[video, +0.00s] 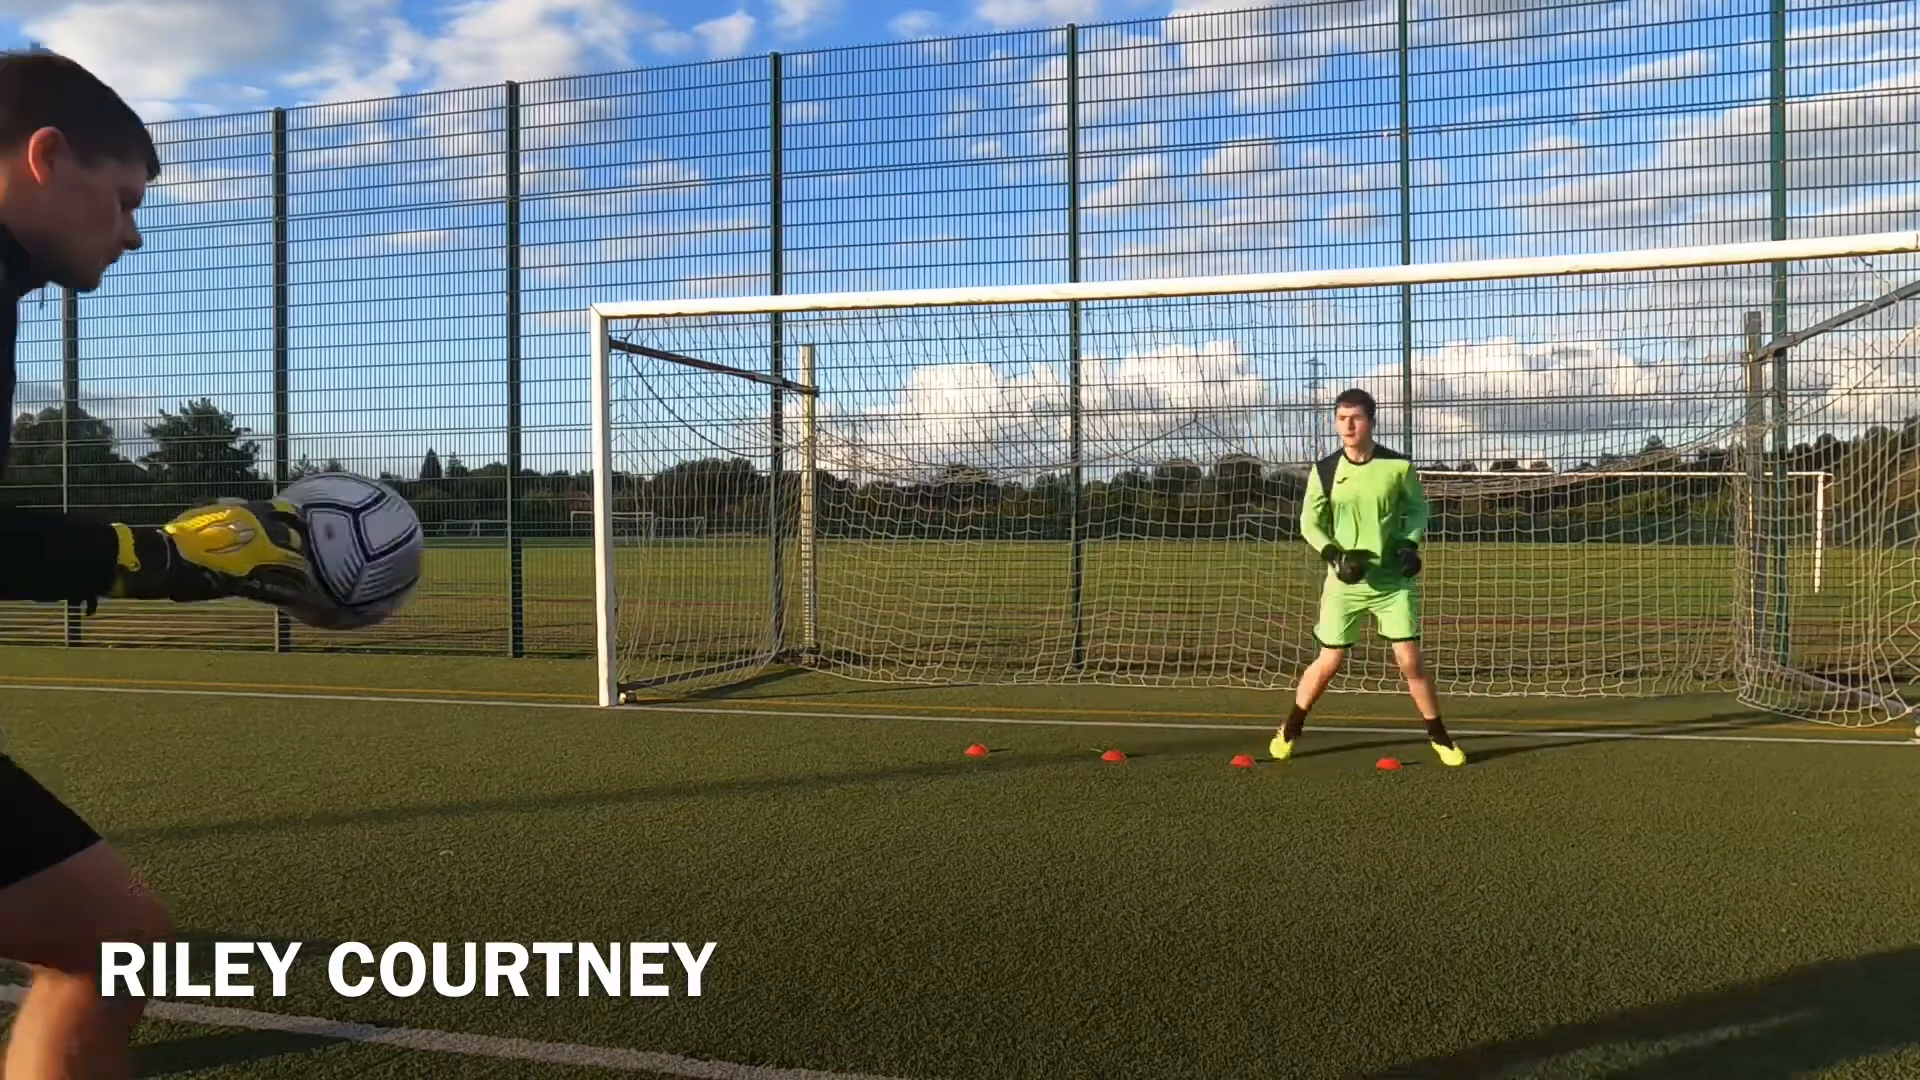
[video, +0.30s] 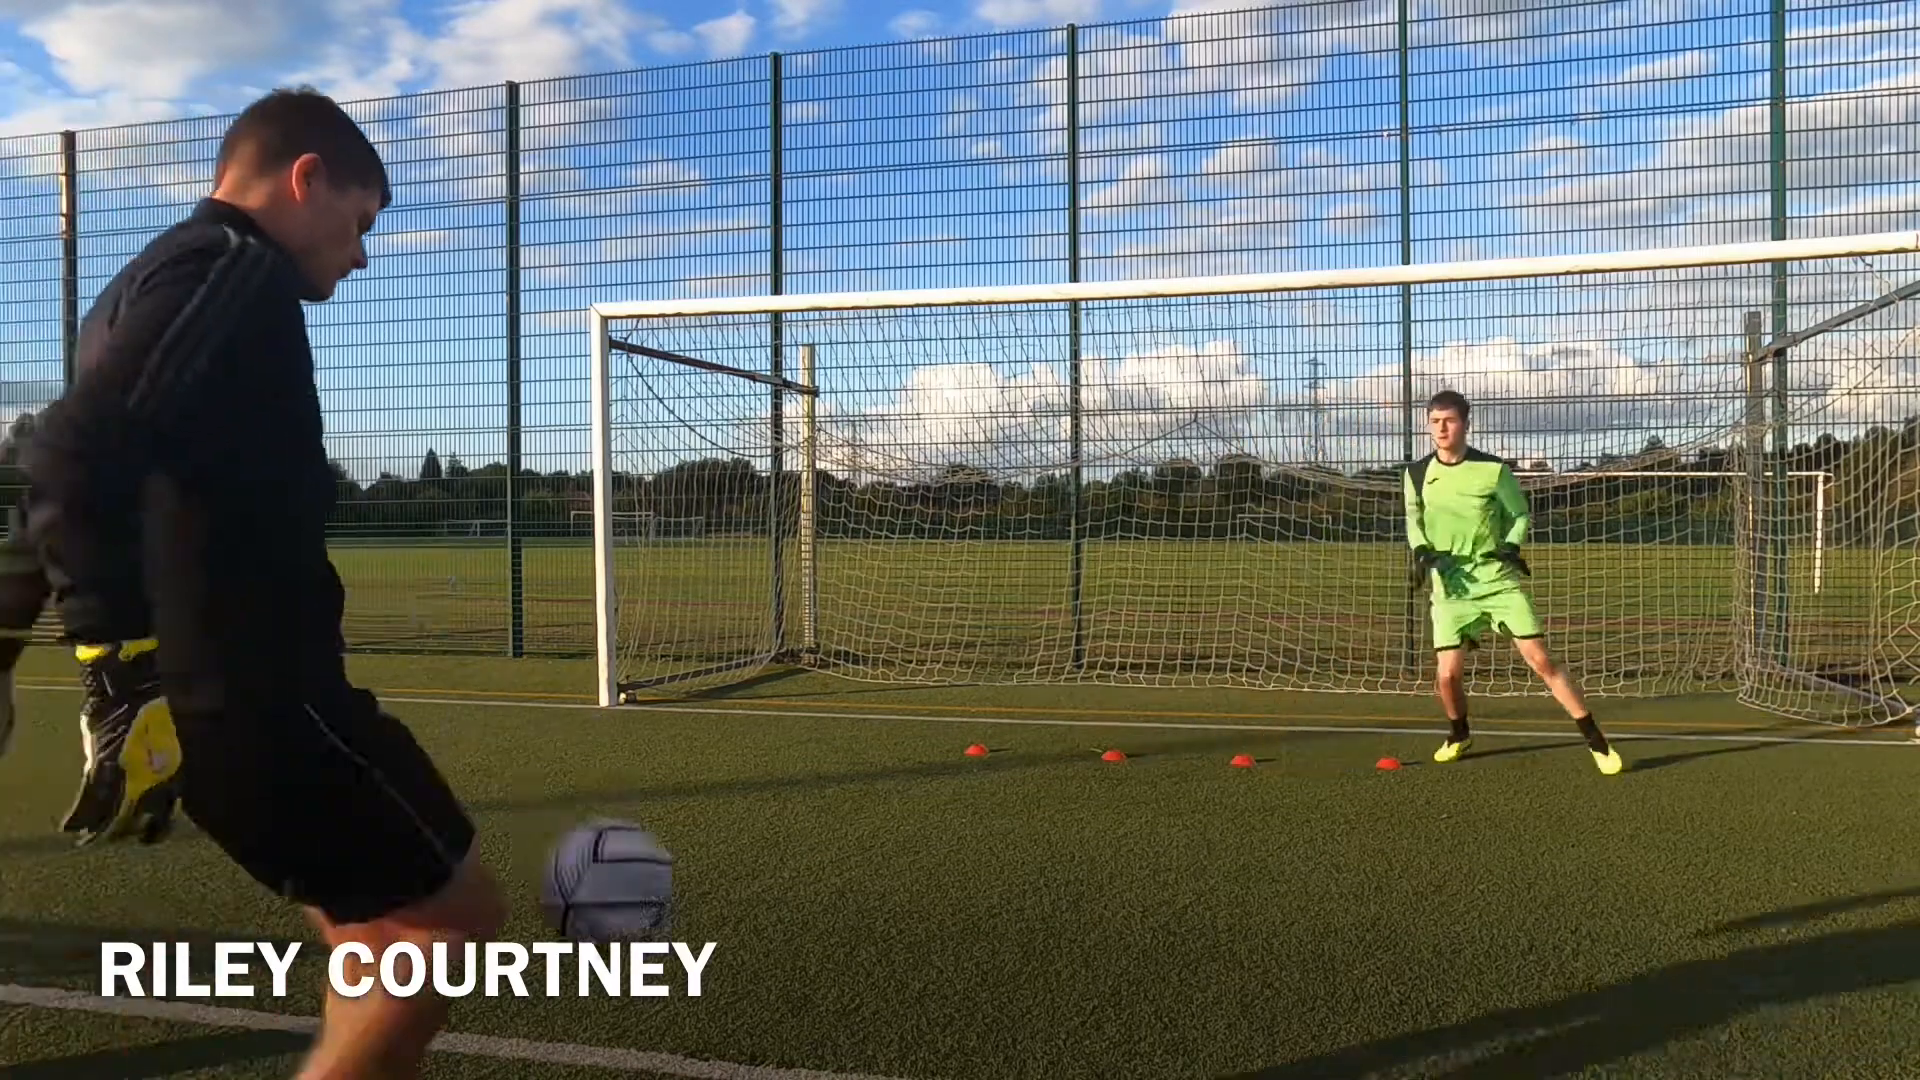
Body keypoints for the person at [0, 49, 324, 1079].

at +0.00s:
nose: (132, 237)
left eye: (137, 211)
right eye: (125, 201)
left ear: (39, 164)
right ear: (43, 159)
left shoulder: (6, 294)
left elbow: (10, 544)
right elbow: (12, 547)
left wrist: (158, 560)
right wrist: (152, 554)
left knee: (106, 938)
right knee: (110, 937)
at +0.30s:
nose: (362, 255)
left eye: (368, 231)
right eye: (361, 222)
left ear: (282, 183)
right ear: (303, 180)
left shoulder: (203, 266)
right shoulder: (221, 268)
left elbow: (55, 459)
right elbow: (81, 451)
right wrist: (122, 676)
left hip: (273, 684)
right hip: (242, 699)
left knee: (402, 926)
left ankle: (354, 1062)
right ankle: (339, 1061)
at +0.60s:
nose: (436, 197)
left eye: (437, 172)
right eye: (430, 168)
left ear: (324, 154)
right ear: (371, 146)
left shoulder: (233, 258)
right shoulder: (331, 238)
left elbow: (339, 463)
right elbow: (200, 421)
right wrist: (231, 613)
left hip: (311, 663)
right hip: (394, 632)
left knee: (422, 916)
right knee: (601, 516)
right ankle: (700, 725)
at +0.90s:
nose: (436, 131)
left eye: (437, 106)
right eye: (427, 102)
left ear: (291, 107)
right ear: (370, 95)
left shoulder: (209, 247)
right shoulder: (390, 234)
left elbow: (137, 457)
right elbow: (422, 466)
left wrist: (199, 574)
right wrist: (539, 606)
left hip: (264, 639)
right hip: (390, 628)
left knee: (379, 925)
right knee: (585, 840)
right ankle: (473, 1067)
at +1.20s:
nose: (440, 84)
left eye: (434, 54)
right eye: (428, 52)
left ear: (274, 69)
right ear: (375, 52)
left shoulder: (163, 217)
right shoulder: (390, 205)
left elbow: (43, 424)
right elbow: (469, 468)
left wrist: (10, 623)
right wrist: (591, 543)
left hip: (188, 659)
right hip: (322, 664)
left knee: (311, 992)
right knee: (331, 1017)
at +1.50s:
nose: (397, 48)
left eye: (397, 20)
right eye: (390, 15)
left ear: (229, 19)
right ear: (340, 11)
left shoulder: (81, 166)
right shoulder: (352, 167)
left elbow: (4, 410)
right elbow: (318, 449)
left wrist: (61, 561)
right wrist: (413, 601)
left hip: (62, 633)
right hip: (234, 642)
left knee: (167, 979)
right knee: (252, 1009)